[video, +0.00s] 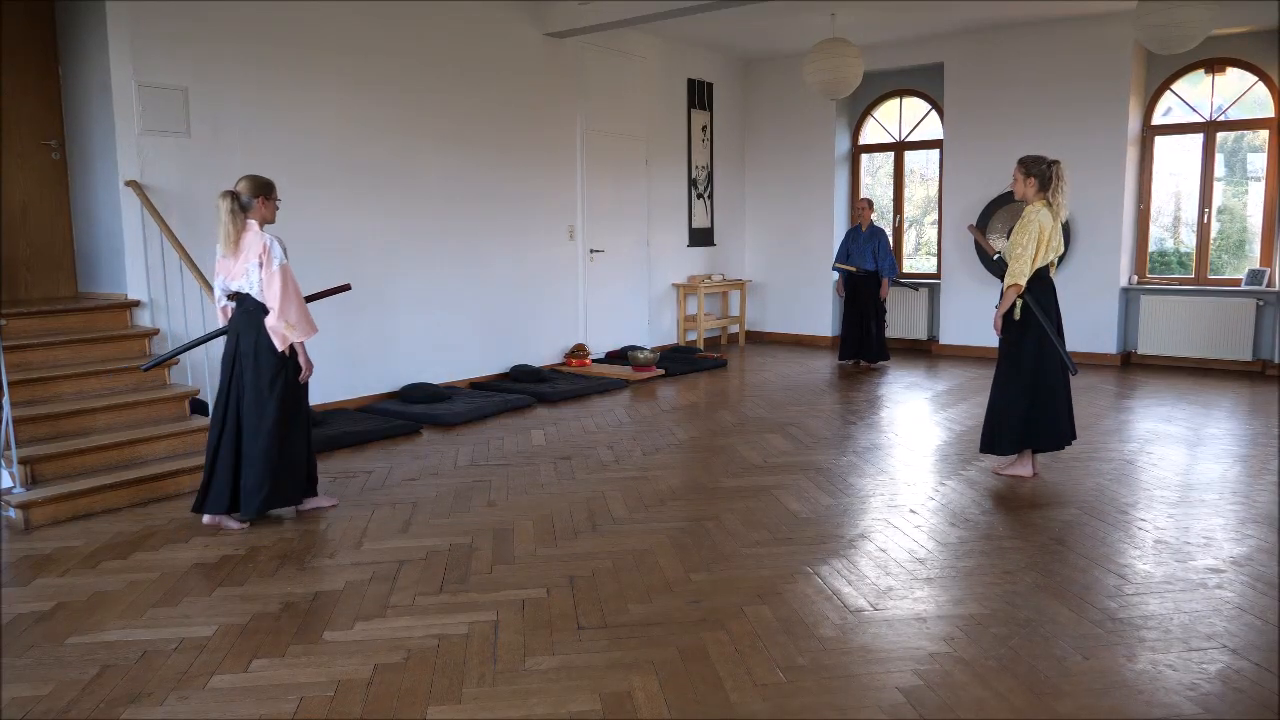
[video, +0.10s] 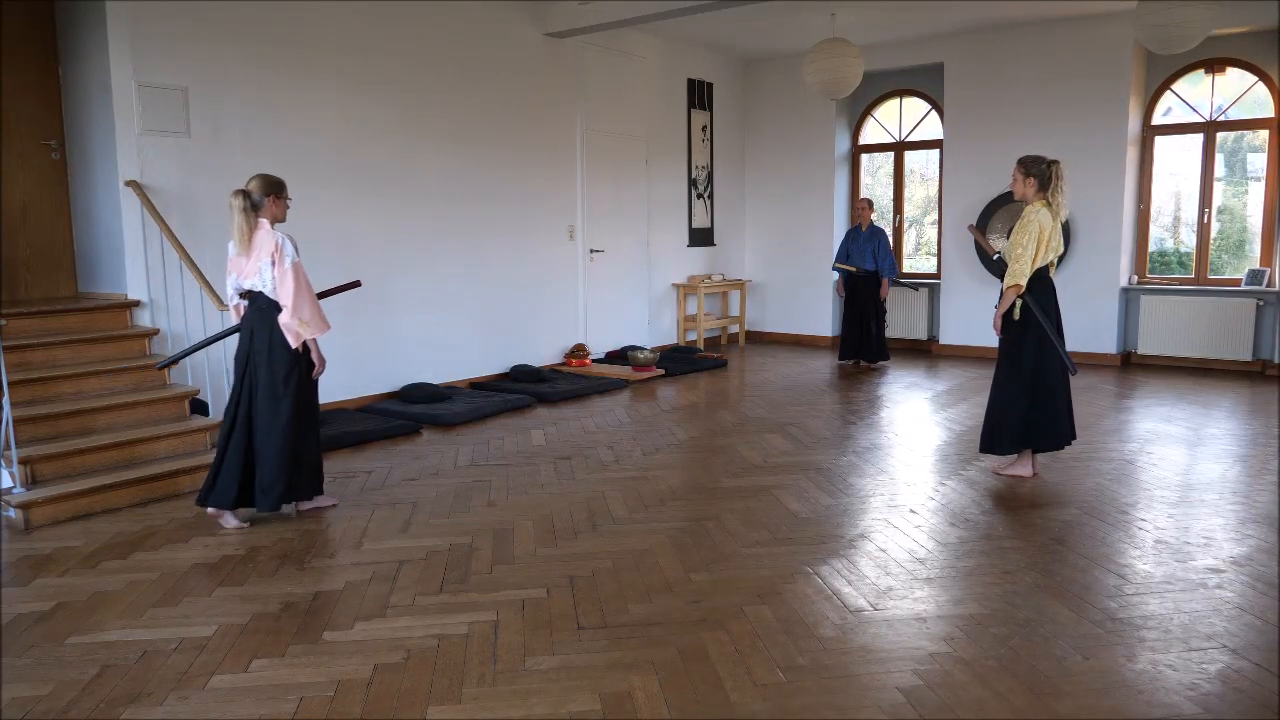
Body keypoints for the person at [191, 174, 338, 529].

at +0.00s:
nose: (278, 206)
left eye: (276, 201)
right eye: (275, 201)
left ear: (247, 204)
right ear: (261, 203)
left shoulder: (228, 245)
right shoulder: (268, 243)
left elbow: (223, 300)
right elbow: (281, 302)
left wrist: (238, 333)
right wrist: (299, 347)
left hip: (240, 337)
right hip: (269, 336)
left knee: (236, 419)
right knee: (290, 413)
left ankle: (219, 507)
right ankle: (304, 494)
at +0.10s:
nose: (288, 205)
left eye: (286, 199)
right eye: (285, 200)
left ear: (256, 203)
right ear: (271, 202)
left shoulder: (237, 245)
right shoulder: (280, 242)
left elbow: (236, 301)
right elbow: (294, 299)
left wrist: (252, 327)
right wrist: (312, 344)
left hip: (251, 332)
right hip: (281, 332)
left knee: (247, 413)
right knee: (298, 411)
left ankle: (221, 500)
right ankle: (306, 493)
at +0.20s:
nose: (297, 205)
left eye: (295, 199)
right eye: (294, 199)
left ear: (264, 202)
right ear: (281, 202)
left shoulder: (246, 244)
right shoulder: (290, 240)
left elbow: (247, 300)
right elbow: (306, 297)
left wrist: (264, 325)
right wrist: (324, 340)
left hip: (262, 330)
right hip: (292, 331)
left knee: (261, 411)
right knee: (305, 410)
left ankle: (232, 494)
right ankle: (309, 491)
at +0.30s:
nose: (305, 204)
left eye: (304, 199)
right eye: (302, 199)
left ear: (275, 201)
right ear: (289, 201)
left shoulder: (254, 244)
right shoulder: (298, 240)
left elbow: (256, 298)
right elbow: (314, 297)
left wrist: (273, 324)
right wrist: (333, 339)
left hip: (272, 330)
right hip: (302, 330)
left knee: (275, 406)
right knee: (309, 408)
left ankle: (254, 486)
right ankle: (305, 493)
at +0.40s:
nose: (313, 205)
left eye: (312, 199)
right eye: (311, 199)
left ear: (284, 201)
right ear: (297, 200)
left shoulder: (263, 243)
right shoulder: (306, 239)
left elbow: (265, 298)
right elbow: (321, 294)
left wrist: (284, 323)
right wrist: (339, 337)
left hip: (281, 330)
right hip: (309, 329)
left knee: (295, 406)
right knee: (315, 408)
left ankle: (301, 489)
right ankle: (311, 493)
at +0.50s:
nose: (321, 205)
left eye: (320, 200)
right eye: (319, 200)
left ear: (292, 202)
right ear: (305, 201)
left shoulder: (272, 242)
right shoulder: (314, 239)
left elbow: (272, 296)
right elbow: (327, 295)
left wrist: (290, 323)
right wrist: (346, 337)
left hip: (289, 329)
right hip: (316, 329)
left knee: (297, 408)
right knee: (319, 409)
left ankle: (301, 488)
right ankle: (312, 492)